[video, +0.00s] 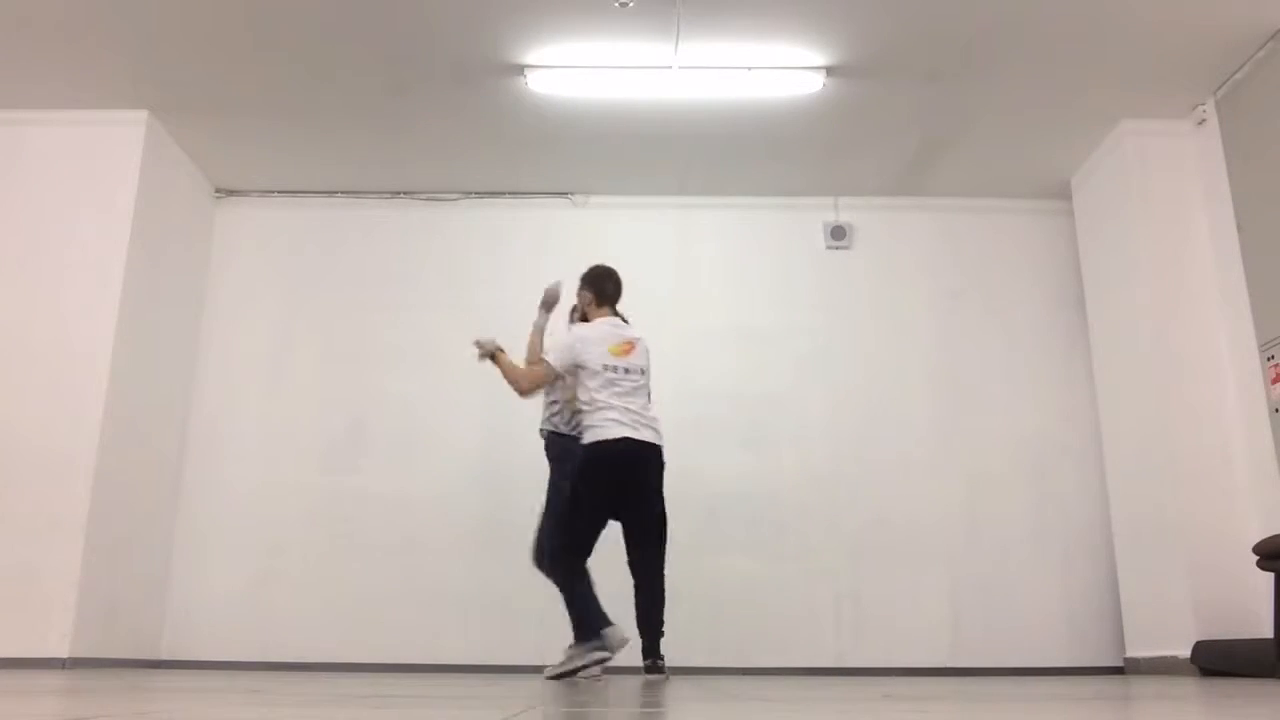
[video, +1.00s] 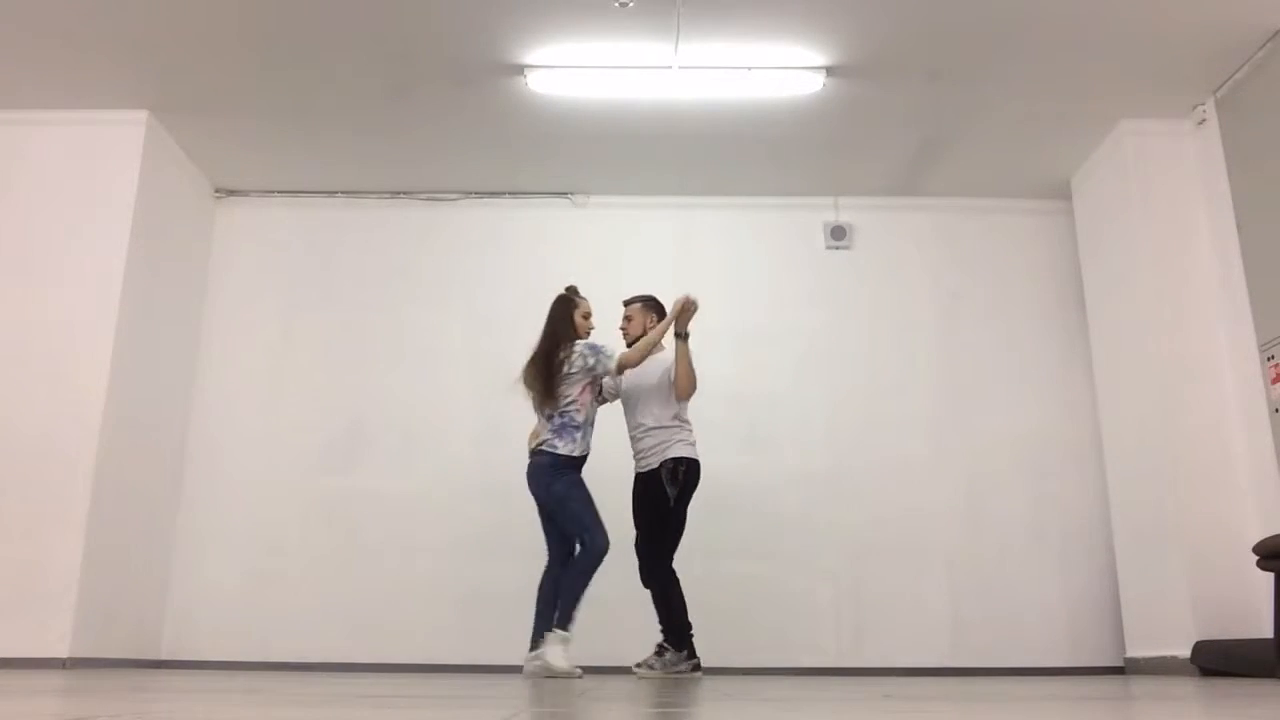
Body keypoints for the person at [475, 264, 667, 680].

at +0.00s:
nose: (577, 302)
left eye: (579, 296)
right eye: (578, 297)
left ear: (586, 298)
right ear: (616, 300)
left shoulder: (580, 337)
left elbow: (526, 382)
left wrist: (496, 355)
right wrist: (542, 319)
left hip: (599, 454)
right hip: (647, 455)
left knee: (559, 552)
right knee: (649, 560)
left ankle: (594, 636)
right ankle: (653, 654)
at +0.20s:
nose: (580, 321)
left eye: (585, 317)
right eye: (573, 315)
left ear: (592, 327)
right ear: (559, 324)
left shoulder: (590, 355)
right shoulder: (545, 359)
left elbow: (589, 304)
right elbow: (523, 382)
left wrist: (578, 254)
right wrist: (549, 369)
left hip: (579, 462)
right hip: (546, 466)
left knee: (569, 556)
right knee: (522, 551)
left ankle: (577, 647)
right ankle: (546, 635)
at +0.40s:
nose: (576, 324)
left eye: (578, 320)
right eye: (568, 318)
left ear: (580, 327)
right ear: (548, 325)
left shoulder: (587, 356)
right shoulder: (532, 360)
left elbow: (594, 306)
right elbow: (540, 371)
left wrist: (601, 255)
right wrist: (584, 363)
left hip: (573, 460)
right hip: (531, 461)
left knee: (566, 557)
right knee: (534, 551)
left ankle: (555, 647)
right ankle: (499, 640)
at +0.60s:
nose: (577, 327)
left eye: (577, 321)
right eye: (570, 320)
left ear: (565, 327)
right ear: (550, 323)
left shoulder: (573, 358)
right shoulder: (532, 357)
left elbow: (601, 335)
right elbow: (559, 379)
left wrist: (598, 299)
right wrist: (613, 364)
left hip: (556, 473)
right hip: (522, 467)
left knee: (583, 555)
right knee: (517, 553)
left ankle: (545, 645)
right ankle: (492, 645)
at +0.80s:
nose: (582, 325)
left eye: (581, 318)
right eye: (576, 318)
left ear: (564, 322)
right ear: (557, 320)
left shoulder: (564, 361)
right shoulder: (549, 358)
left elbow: (584, 400)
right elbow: (586, 385)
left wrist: (614, 370)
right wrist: (635, 354)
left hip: (567, 471)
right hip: (543, 470)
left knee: (579, 560)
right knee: (555, 556)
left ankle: (542, 650)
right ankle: (504, 639)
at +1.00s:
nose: (592, 323)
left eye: (592, 316)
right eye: (587, 317)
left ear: (563, 320)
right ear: (571, 319)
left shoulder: (557, 358)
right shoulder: (581, 351)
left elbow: (590, 396)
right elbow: (630, 357)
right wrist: (669, 323)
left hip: (545, 469)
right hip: (558, 470)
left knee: (560, 556)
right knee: (595, 544)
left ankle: (538, 651)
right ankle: (557, 637)